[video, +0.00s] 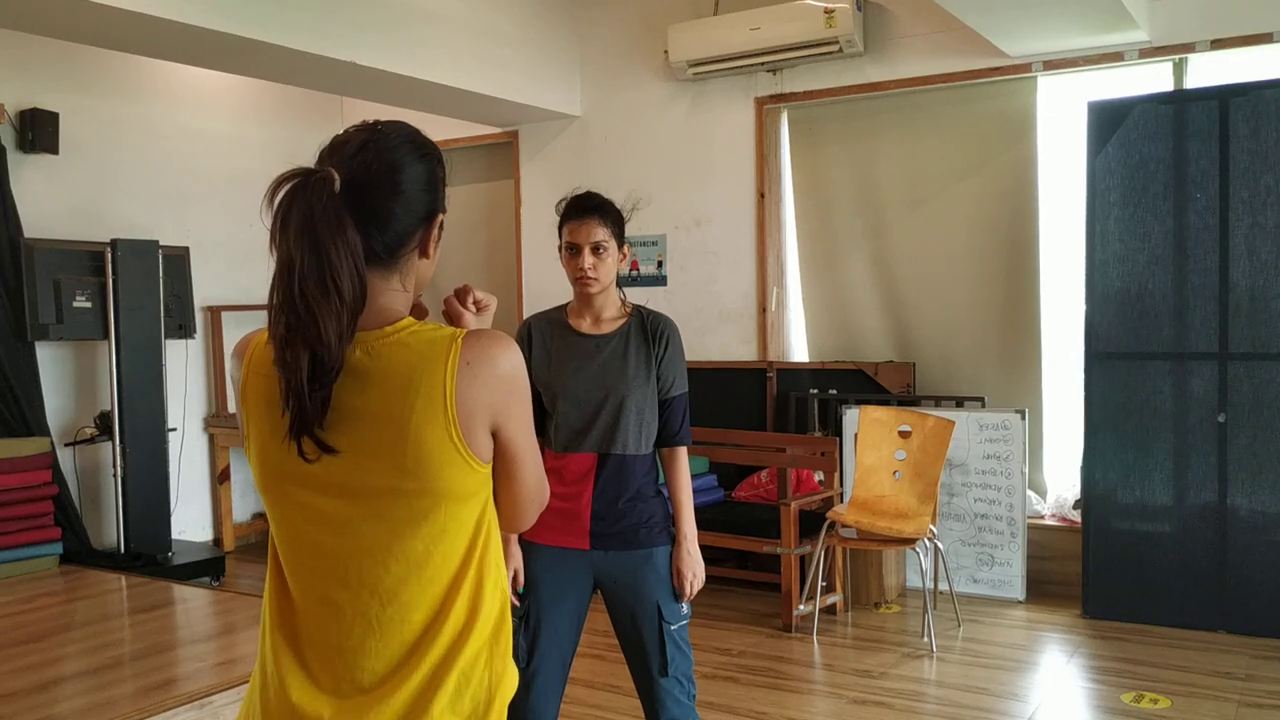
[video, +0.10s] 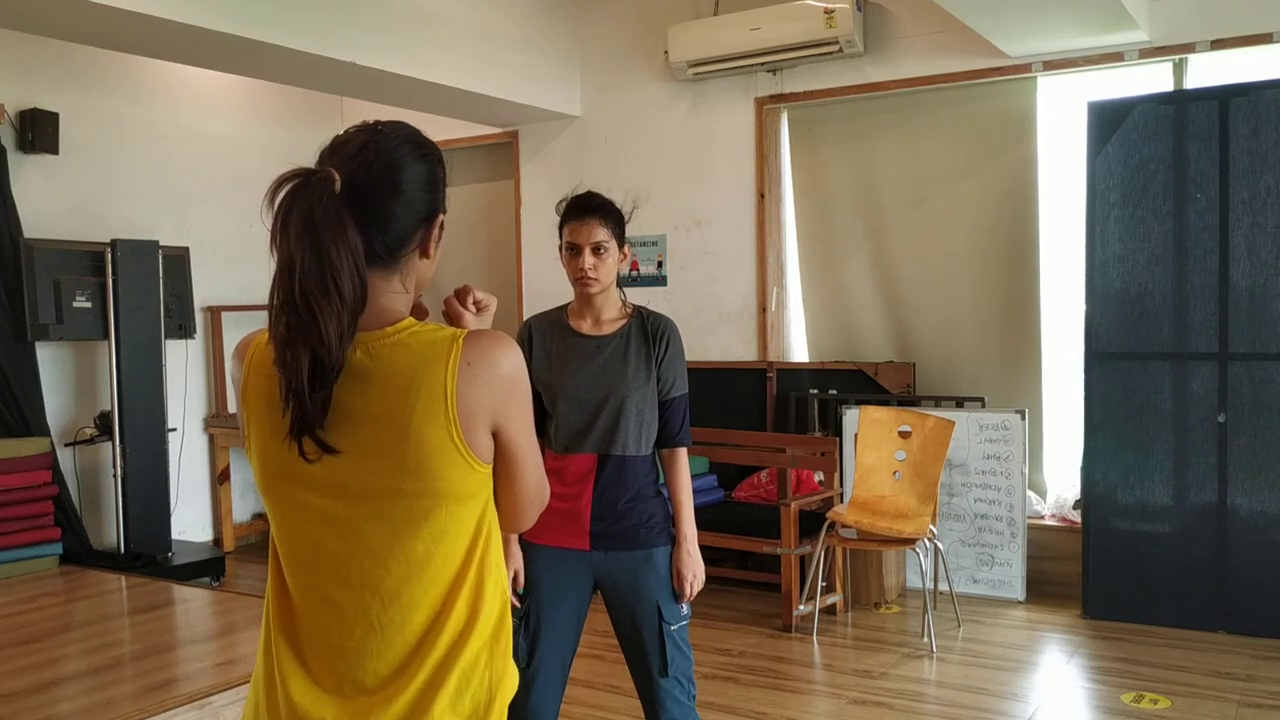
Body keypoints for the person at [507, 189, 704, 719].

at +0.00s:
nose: (584, 263)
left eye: (598, 250)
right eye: (572, 250)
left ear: (622, 256)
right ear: (560, 256)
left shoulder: (657, 334)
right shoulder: (534, 335)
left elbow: (674, 443)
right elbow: (516, 436)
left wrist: (687, 539)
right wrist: (507, 535)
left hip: (643, 543)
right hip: (553, 544)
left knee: (670, 698)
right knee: (533, 698)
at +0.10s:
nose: (585, 263)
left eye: (598, 250)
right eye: (573, 251)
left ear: (623, 256)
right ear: (560, 256)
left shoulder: (658, 335)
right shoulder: (534, 336)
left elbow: (674, 444)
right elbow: (516, 437)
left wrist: (687, 540)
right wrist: (507, 536)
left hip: (643, 543)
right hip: (552, 545)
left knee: (670, 698)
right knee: (533, 699)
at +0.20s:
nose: (586, 264)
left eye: (599, 250)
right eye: (574, 251)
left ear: (624, 257)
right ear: (561, 256)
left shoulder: (658, 335)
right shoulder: (535, 336)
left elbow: (674, 445)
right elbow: (515, 437)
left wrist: (687, 541)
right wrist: (508, 537)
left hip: (643, 543)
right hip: (552, 544)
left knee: (670, 698)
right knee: (533, 698)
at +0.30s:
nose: (588, 263)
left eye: (601, 250)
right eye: (575, 250)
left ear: (626, 257)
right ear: (563, 256)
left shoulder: (660, 337)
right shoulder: (535, 336)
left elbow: (675, 446)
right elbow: (514, 436)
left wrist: (688, 541)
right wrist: (507, 535)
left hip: (643, 545)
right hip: (554, 545)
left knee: (670, 698)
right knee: (535, 698)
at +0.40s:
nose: (591, 263)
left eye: (604, 250)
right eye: (578, 250)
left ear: (628, 258)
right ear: (565, 257)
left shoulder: (662, 337)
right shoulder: (539, 334)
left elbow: (676, 445)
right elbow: (519, 435)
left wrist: (688, 541)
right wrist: (515, 540)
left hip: (644, 545)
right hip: (556, 545)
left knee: (670, 699)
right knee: (535, 699)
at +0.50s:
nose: (595, 264)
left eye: (608, 250)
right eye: (583, 251)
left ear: (632, 258)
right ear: (570, 257)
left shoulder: (664, 339)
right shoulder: (539, 333)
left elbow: (678, 446)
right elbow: (527, 440)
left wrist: (694, 540)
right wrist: (513, 541)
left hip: (642, 545)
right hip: (553, 544)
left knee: (670, 699)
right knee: (535, 697)